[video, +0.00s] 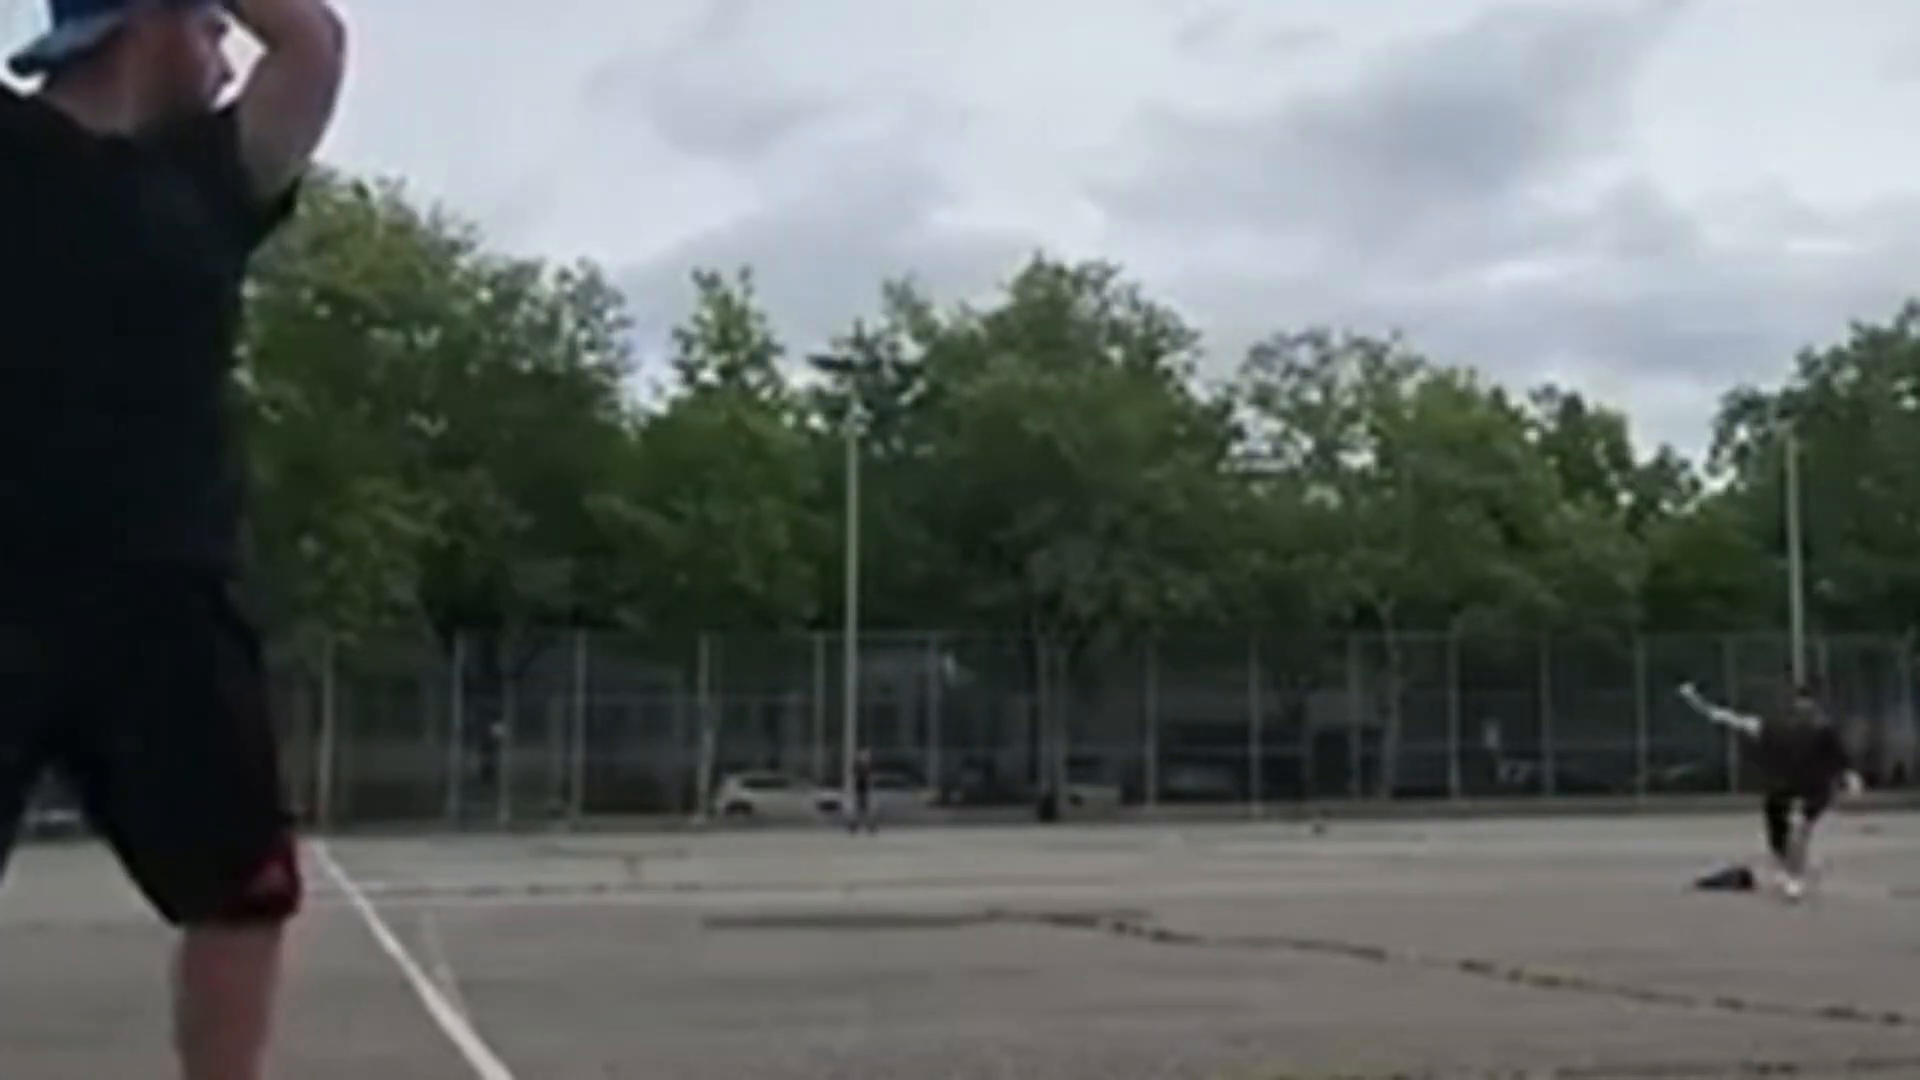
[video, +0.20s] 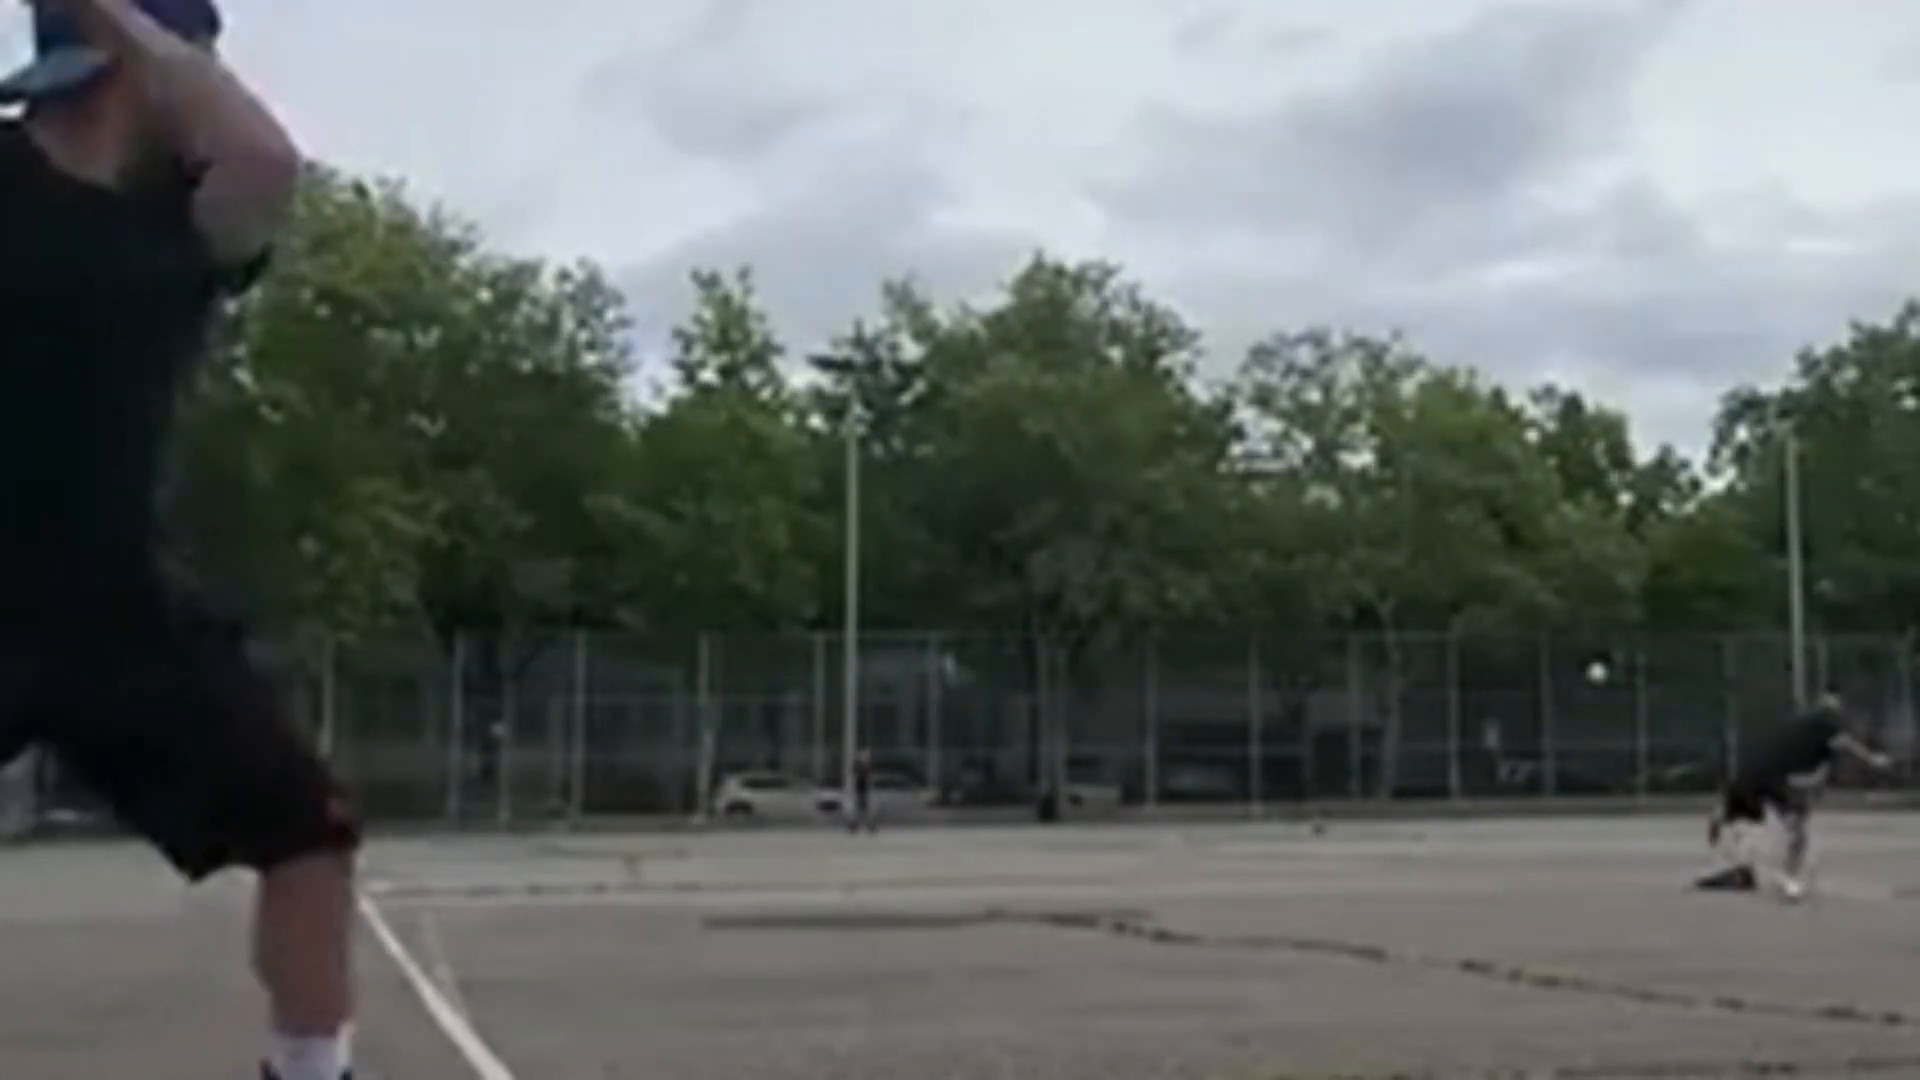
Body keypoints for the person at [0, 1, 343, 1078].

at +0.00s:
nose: (229, 65)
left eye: (228, 40)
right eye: (212, 32)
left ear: (140, 41)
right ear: (150, 30)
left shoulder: (201, 178)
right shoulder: (23, 150)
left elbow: (313, 47)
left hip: (161, 586)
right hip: (32, 582)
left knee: (244, 893)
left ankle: (222, 1068)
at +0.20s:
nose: (194, 92)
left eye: (194, 68)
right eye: (184, 64)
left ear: (176, 86)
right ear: (112, 62)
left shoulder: (176, 222)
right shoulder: (12, 174)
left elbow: (260, 160)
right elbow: (261, 161)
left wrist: (127, 28)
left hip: (100, 589)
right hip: (28, 590)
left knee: (304, 831)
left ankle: (311, 1059)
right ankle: (310, 1055)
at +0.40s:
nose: (258, 222)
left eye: (258, 195)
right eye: (243, 191)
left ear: (166, 189)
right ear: (164, 187)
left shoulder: (241, 335)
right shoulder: (29, 302)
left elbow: (143, 356)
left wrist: (6, 294)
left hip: (140, 698)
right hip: (17, 699)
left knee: (330, 886)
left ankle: (350, 1073)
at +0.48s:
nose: (255, 231)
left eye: (253, 206)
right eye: (235, 206)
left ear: (165, 217)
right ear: (148, 217)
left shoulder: (244, 327)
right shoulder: (33, 366)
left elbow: (235, 421)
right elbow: (84, 626)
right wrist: (41, 530)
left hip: (160, 704)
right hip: (33, 716)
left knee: (295, 881)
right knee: (5, 977)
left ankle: (338, 1069)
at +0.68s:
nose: (254, 211)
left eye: (256, 183)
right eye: (245, 182)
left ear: (120, 154)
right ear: (183, 176)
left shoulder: (17, 231)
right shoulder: (188, 307)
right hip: (73, 659)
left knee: (179, 955)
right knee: (40, 1024)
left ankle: (290, 1065)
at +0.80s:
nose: (189, 157)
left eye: (190, 133)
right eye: (186, 133)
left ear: (55, 107)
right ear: (147, 132)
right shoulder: (174, 268)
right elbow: (119, 484)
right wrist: (138, 673)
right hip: (67, 646)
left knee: (165, 912)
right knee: (29, 996)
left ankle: (254, 1065)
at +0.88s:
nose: (169, 149)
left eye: (167, 127)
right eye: (168, 127)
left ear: (28, 106)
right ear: (139, 131)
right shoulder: (168, 270)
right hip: (63, 645)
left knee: (143, 945)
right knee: (27, 1009)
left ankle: (237, 1071)